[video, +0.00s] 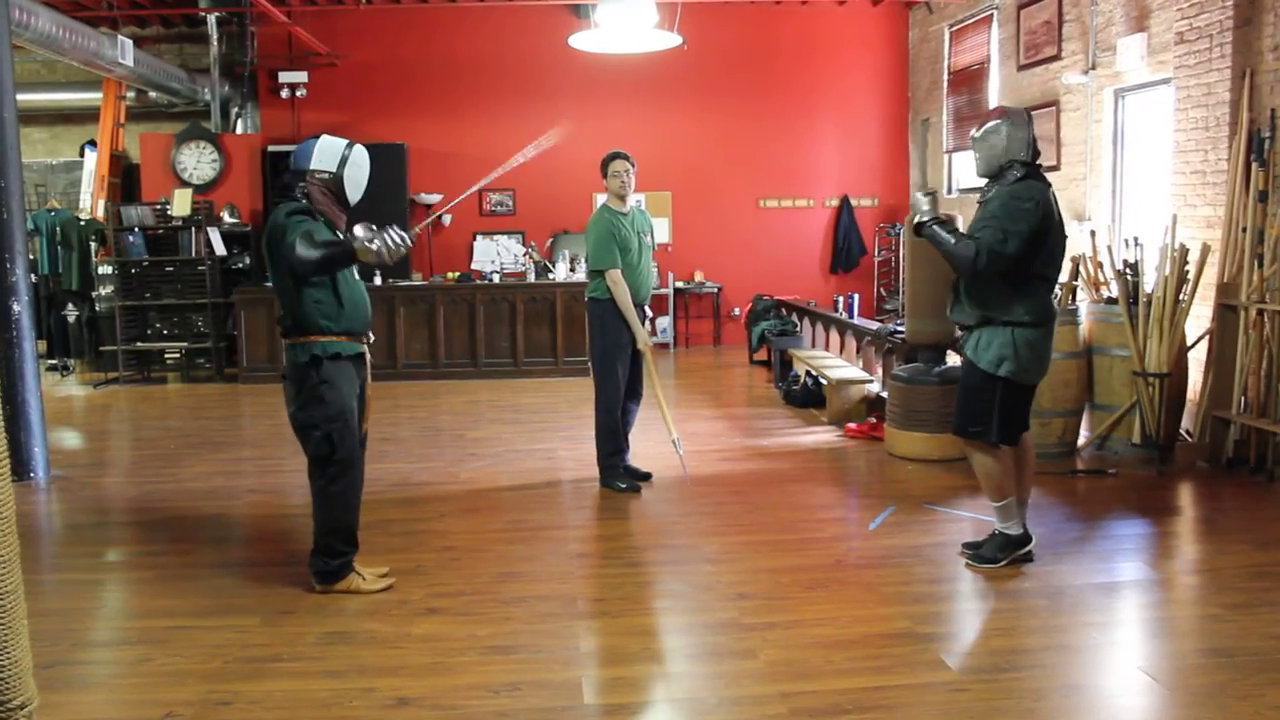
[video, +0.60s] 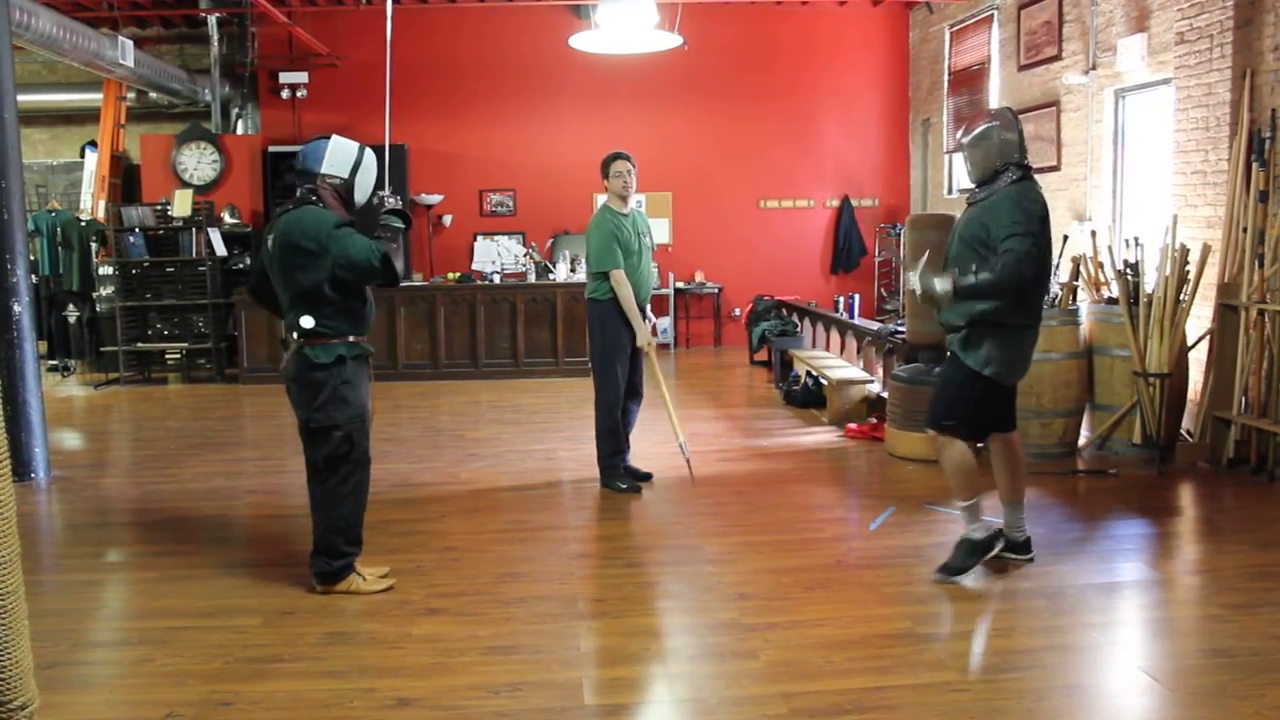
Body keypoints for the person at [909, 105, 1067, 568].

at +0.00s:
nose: (974, 152)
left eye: (981, 142)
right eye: (975, 143)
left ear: (1004, 142)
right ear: (1012, 144)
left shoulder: (1016, 194)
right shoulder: (1028, 191)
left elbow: (981, 259)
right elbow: (992, 254)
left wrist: (930, 225)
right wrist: (947, 228)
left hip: (1001, 337)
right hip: (1020, 334)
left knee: (976, 433)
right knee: (1011, 432)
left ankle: (1009, 534)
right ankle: (1015, 530)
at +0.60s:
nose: (966, 160)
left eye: (973, 150)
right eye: (966, 151)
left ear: (998, 148)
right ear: (1000, 150)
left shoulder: (1016, 199)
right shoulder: (998, 196)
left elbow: (1017, 271)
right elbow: (989, 265)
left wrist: (952, 286)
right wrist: (941, 273)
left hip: (992, 340)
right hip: (990, 337)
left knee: (946, 428)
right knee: (1001, 431)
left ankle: (976, 531)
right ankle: (1015, 534)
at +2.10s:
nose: (898, 174)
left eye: (900, 163)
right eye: (897, 164)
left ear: (918, 160)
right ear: (945, 155)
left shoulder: (940, 209)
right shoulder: (986, 198)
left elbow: (919, 297)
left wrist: (890, 363)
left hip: (971, 352)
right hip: (1014, 347)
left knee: (940, 452)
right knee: (1013, 440)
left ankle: (954, 563)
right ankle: (1035, 534)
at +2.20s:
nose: (906, 172)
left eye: (909, 161)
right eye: (906, 162)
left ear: (930, 159)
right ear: (952, 156)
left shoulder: (950, 208)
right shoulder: (990, 198)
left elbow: (922, 292)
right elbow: (1008, 273)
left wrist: (888, 356)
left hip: (976, 350)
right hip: (1015, 345)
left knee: (942, 449)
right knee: (1018, 439)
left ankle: (954, 562)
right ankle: (1049, 535)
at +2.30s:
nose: (918, 170)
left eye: (921, 159)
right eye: (918, 159)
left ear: (940, 159)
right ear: (964, 155)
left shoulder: (961, 208)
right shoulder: (997, 196)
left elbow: (933, 290)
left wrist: (892, 348)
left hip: (983, 349)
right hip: (1020, 344)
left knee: (946, 448)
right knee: (1023, 441)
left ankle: (955, 562)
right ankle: (1050, 540)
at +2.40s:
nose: (929, 170)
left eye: (933, 159)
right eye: (929, 159)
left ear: (955, 155)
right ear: (971, 154)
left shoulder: (971, 207)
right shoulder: (1004, 196)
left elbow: (943, 290)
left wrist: (899, 338)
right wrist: (913, 322)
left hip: (990, 348)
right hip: (1026, 344)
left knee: (952, 446)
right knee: (1026, 441)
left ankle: (956, 562)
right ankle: (1052, 540)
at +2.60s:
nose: (940, 170)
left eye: (945, 159)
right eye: (940, 160)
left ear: (968, 157)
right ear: (982, 156)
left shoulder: (978, 209)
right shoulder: (1019, 196)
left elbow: (945, 289)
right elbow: (1042, 265)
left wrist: (909, 295)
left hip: (996, 345)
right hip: (1035, 341)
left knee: (940, 437)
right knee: (1024, 439)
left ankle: (950, 552)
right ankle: (1053, 541)